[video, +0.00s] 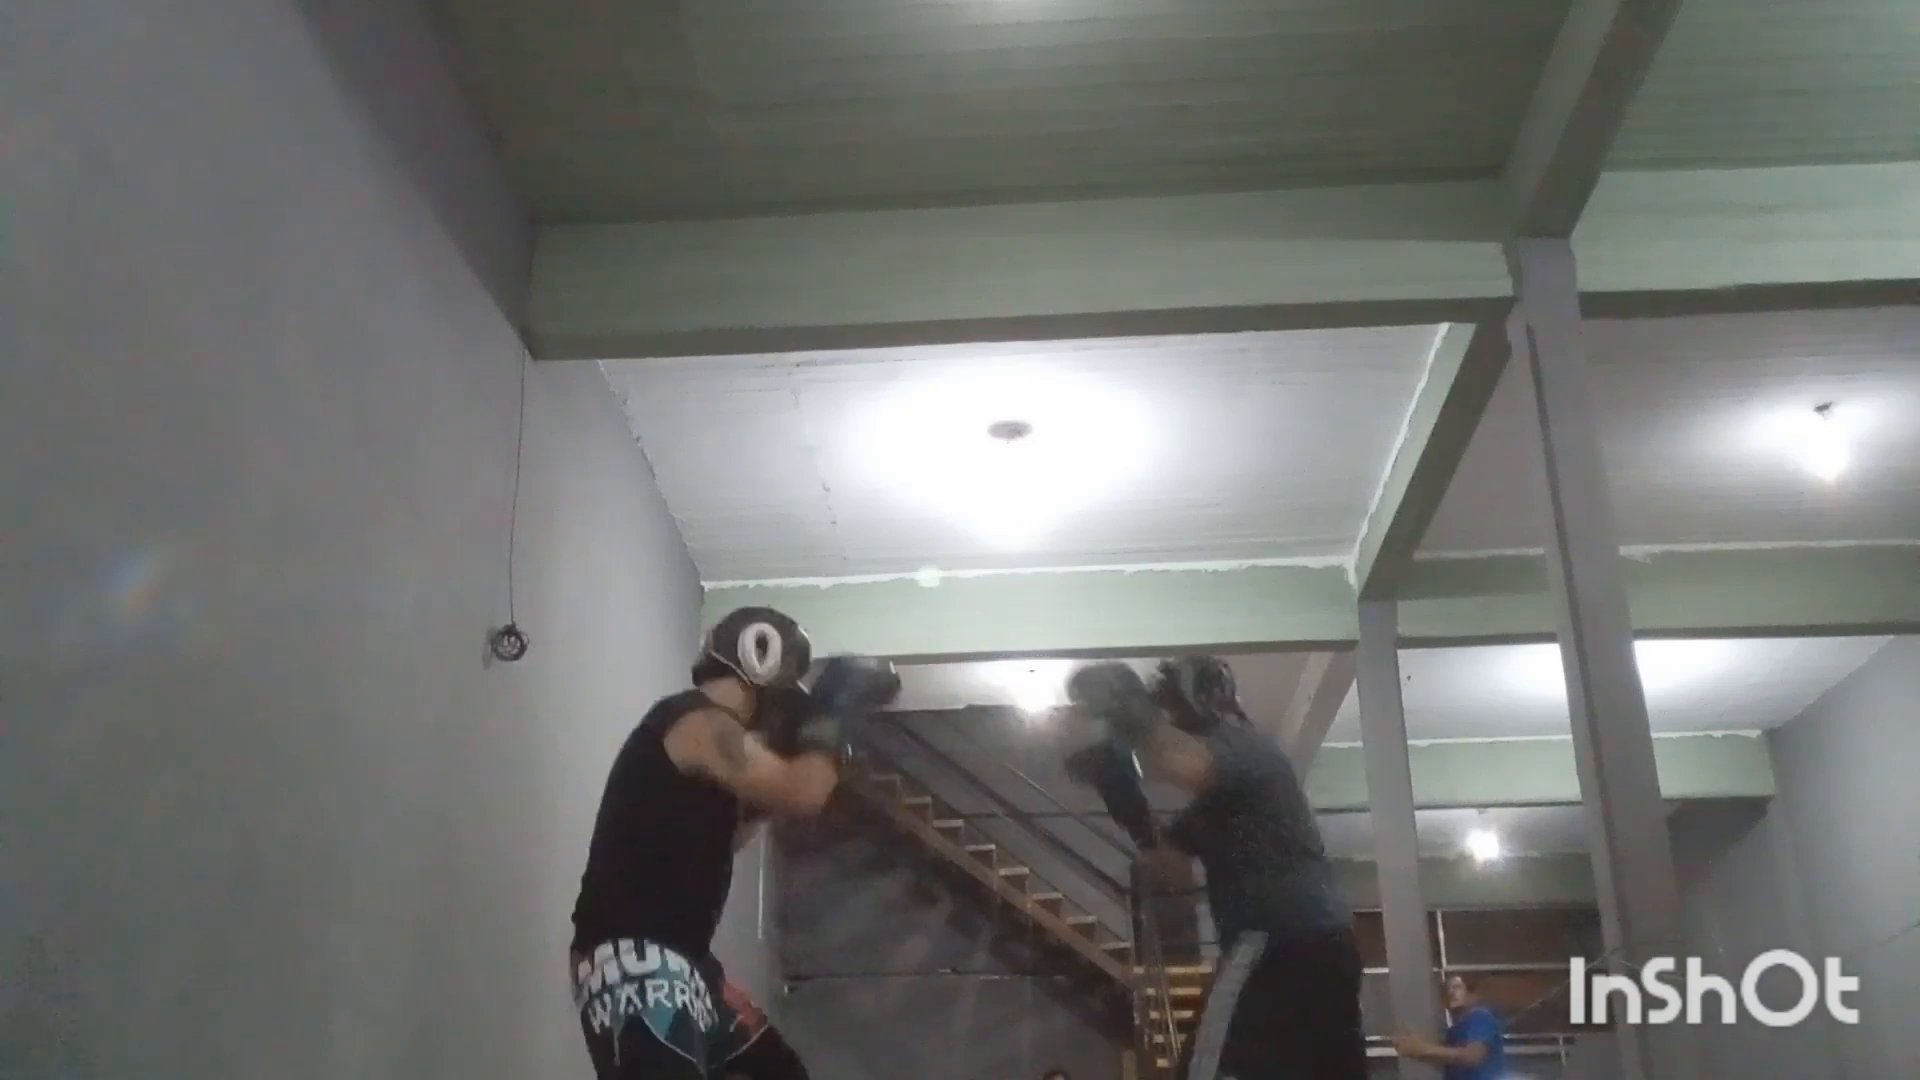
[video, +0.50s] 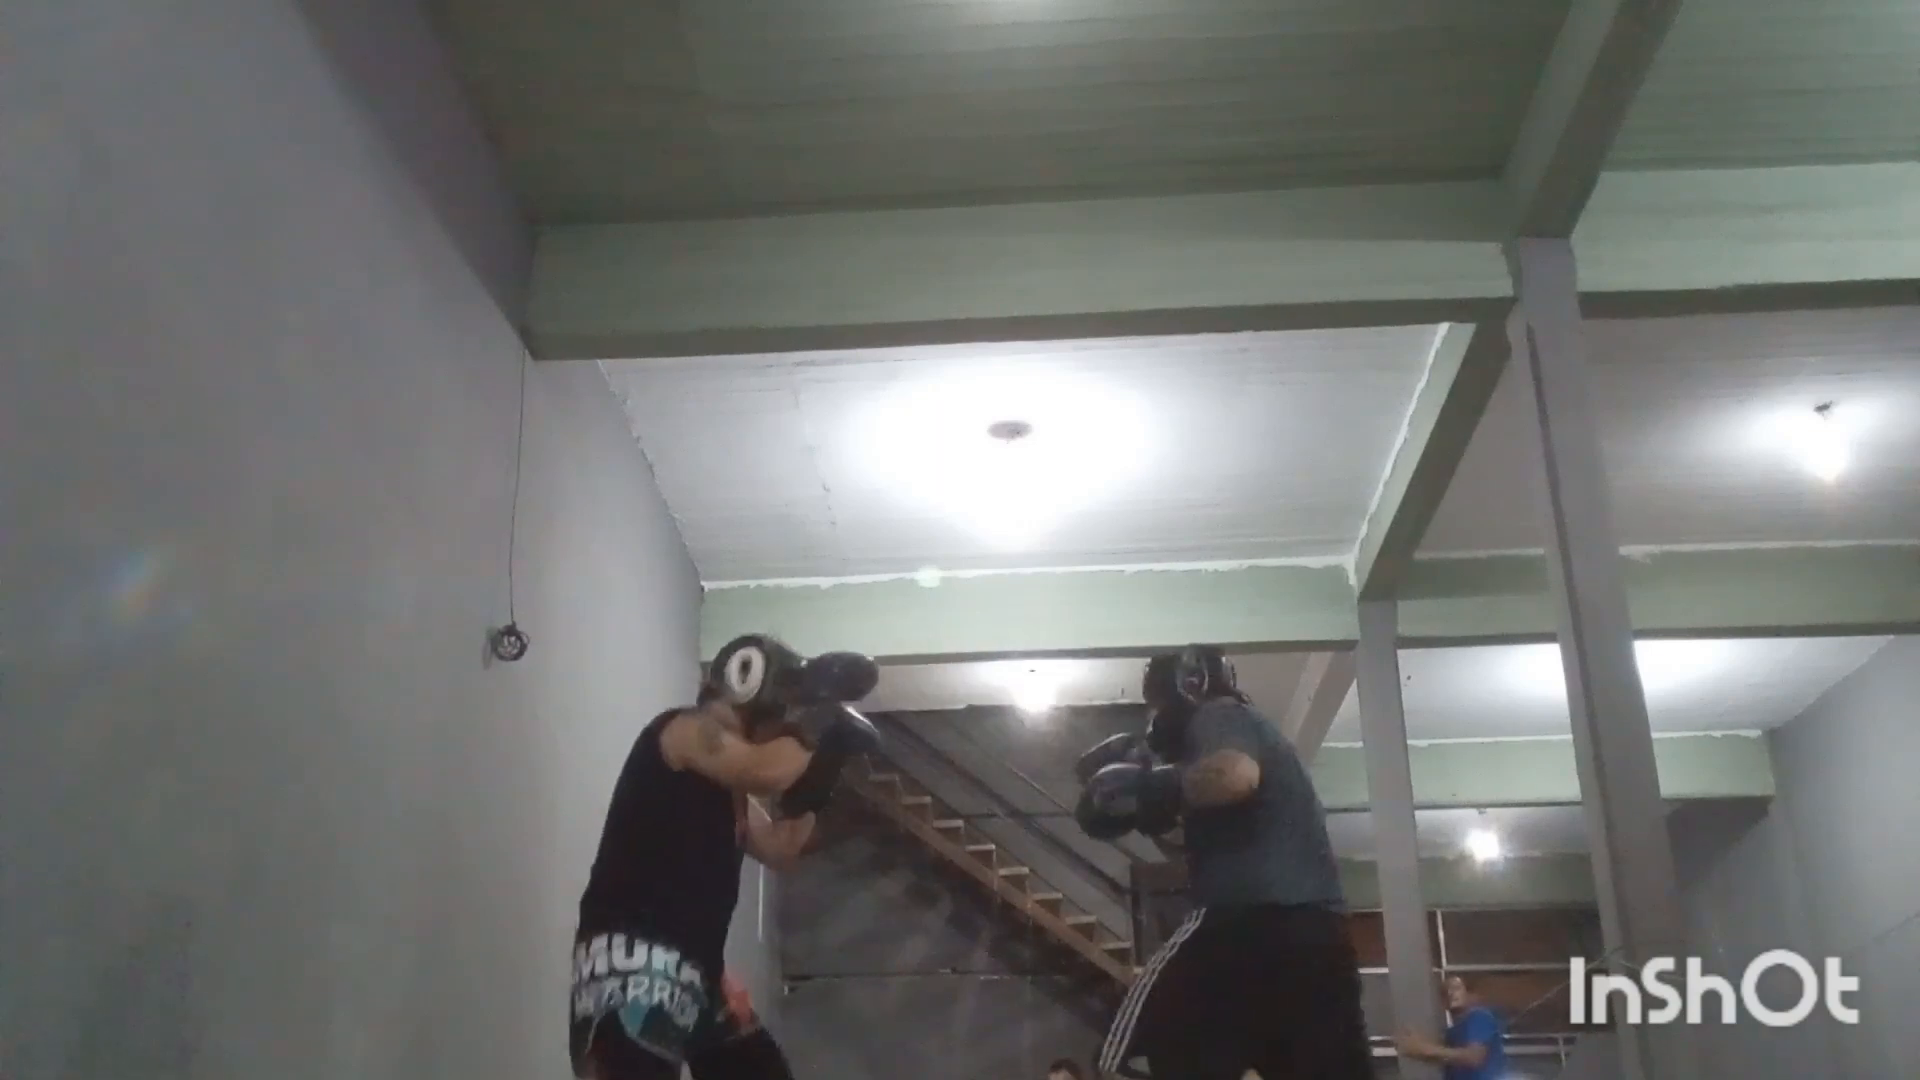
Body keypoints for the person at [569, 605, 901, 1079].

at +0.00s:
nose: (791, 690)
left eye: (793, 679)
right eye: (790, 674)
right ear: (762, 654)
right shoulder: (698, 721)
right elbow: (802, 793)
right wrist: (833, 715)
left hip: (682, 960)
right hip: (637, 958)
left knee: (779, 1070)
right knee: (664, 1068)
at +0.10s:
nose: (788, 692)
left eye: (792, 679)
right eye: (787, 673)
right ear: (757, 652)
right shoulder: (698, 712)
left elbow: (731, 847)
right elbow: (805, 765)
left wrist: (767, 796)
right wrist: (829, 691)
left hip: (685, 958)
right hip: (640, 951)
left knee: (768, 1070)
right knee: (655, 1067)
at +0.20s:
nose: (794, 708)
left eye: (800, 690)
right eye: (795, 684)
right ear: (768, 668)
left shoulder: (718, 767)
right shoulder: (702, 716)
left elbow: (773, 845)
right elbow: (800, 765)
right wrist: (828, 703)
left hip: (686, 962)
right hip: (639, 946)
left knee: (760, 1069)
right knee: (648, 1065)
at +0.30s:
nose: (807, 714)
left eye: (812, 696)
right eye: (807, 688)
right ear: (777, 670)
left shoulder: (738, 771)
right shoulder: (703, 717)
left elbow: (784, 851)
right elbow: (786, 771)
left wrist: (841, 776)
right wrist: (830, 711)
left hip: (701, 963)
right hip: (639, 937)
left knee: (753, 1069)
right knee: (633, 1062)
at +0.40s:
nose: (802, 714)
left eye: (807, 699)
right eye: (801, 691)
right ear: (766, 663)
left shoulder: (732, 766)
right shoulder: (699, 712)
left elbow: (781, 844)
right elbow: (781, 768)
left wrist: (837, 774)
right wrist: (830, 711)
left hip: (690, 957)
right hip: (640, 942)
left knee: (744, 1068)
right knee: (656, 1065)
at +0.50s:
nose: (788, 725)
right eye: (785, 705)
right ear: (750, 682)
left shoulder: (724, 782)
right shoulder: (687, 730)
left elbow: (780, 848)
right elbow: (768, 770)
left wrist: (826, 766)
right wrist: (815, 726)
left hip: (695, 968)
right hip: (638, 958)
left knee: (759, 1071)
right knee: (638, 1068)